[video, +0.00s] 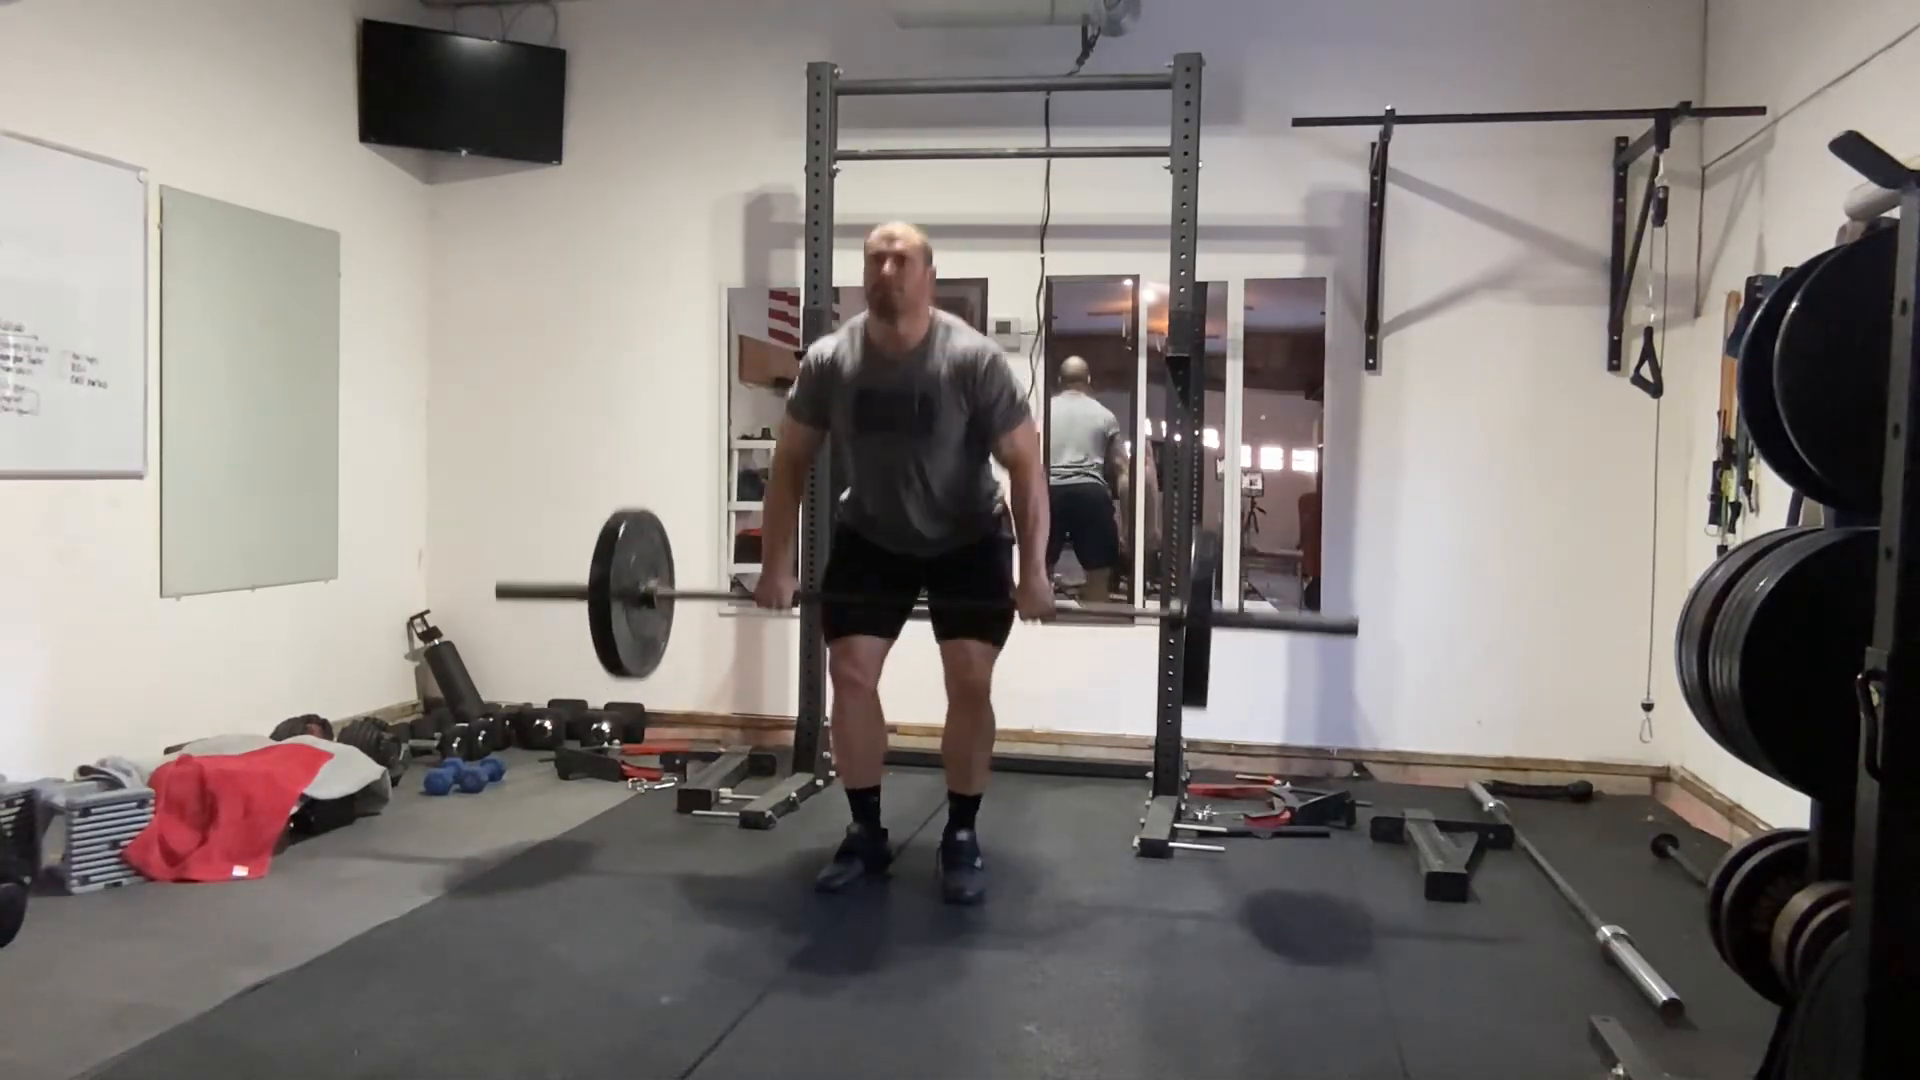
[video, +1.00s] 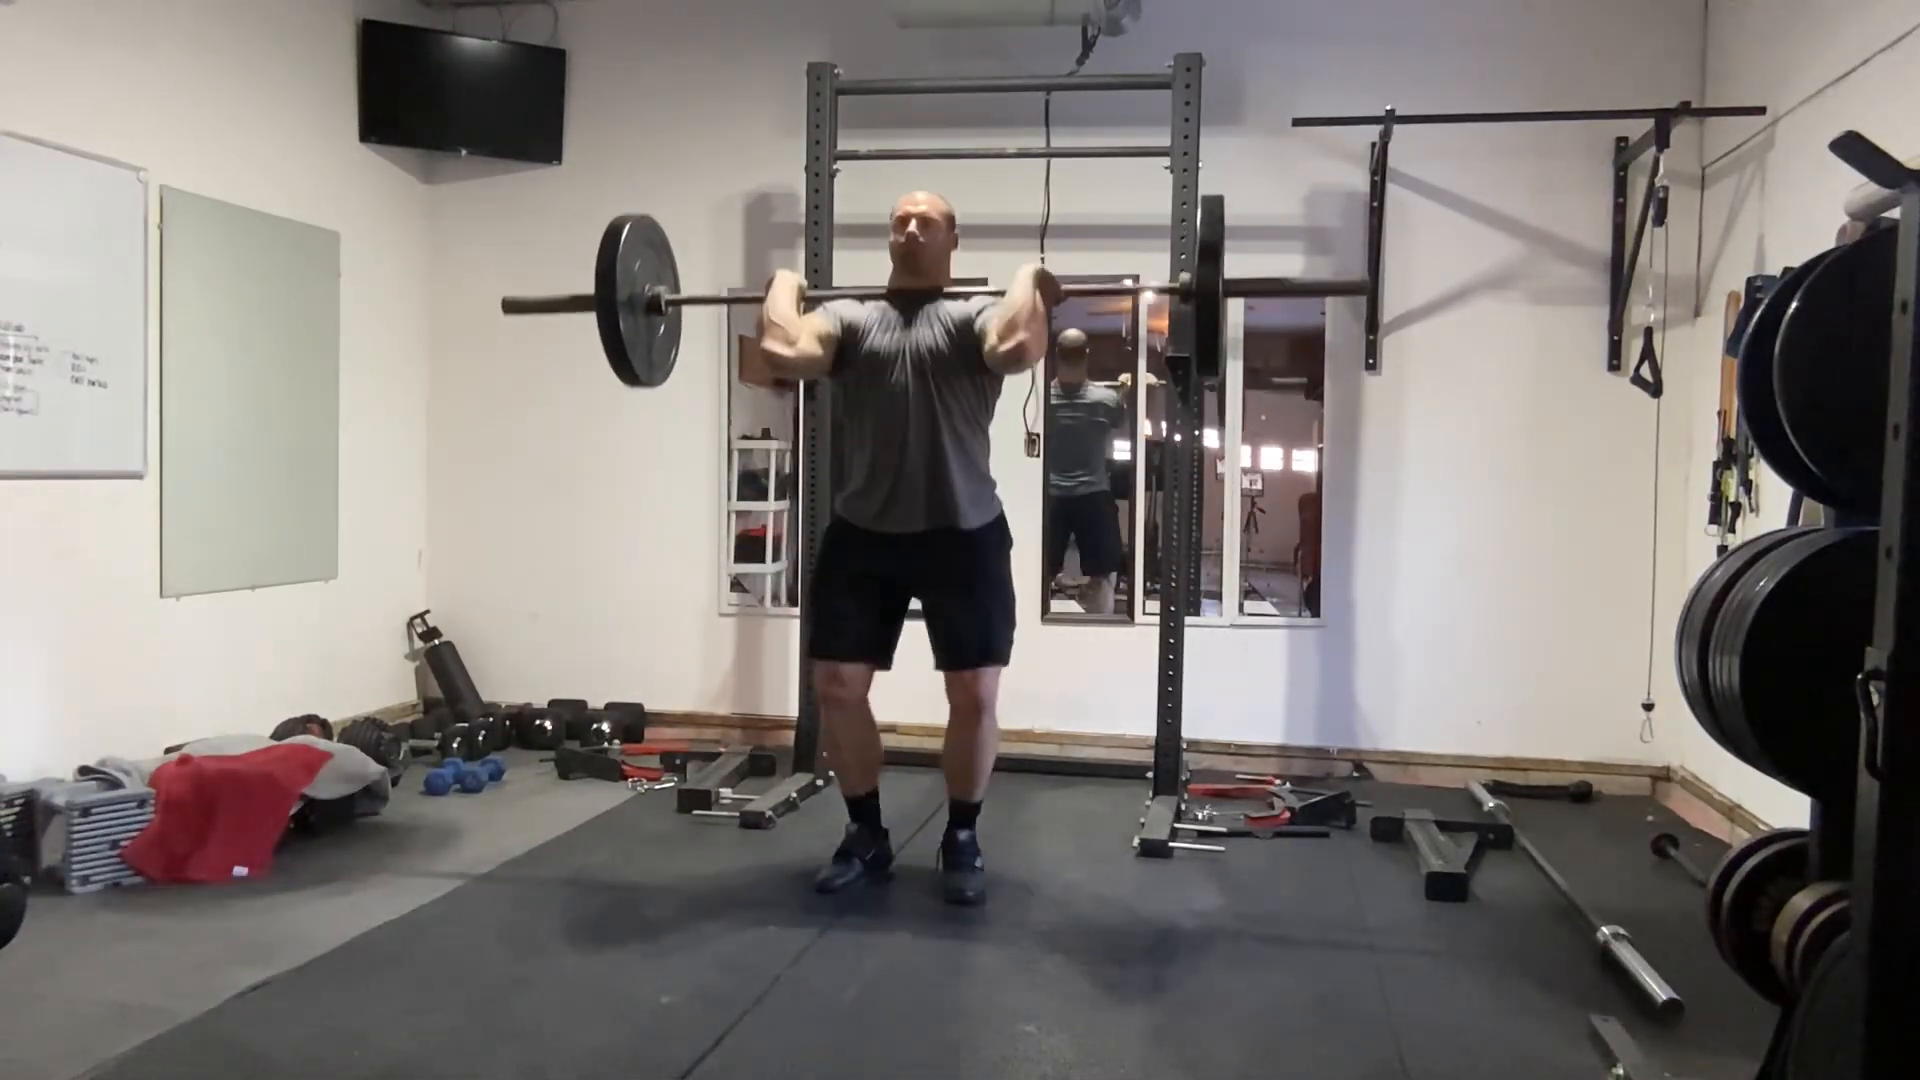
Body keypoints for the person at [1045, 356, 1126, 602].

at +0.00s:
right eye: (1089, 379)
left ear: (1059, 380)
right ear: (1089, 380)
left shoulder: (1042, 410)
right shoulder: (1103, 414)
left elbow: (1031, 455)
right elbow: (1119, 467)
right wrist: (1125, 526)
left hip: (1050, 494)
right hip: (1091, 496)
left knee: (1041, 567)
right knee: (1097, 571)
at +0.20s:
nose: (1068, 347)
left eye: (1063, 341)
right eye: (1072, 340)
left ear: (1053, 341)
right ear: (1083, 341)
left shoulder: (1044, 378)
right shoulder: (1102, 375)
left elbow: (1030, 426)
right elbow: (1129, 421)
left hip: (1050, 483)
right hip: (1090, 481)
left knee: (1044, 569)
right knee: (1091, 568)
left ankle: (1034, 639)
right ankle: (1098, 636)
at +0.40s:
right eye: (1082, 344)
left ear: (1053, 348)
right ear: (1082, 347)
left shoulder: (1041, 384)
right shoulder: (1098, 385)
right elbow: (1120, 429)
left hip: (1047, 490)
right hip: (1087, 487)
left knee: (1044, 573)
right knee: (1089, 572)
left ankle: (1036, 641)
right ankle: (1096, 637)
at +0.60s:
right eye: (1081, 352)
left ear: (1056, 352)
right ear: (1085, 353)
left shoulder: (1038, 394)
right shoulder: (1101, 397)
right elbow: (1117, 428)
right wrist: (1123, 397)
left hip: (1047, 494)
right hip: (1088, 493)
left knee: (1044, 575)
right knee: (1089, 576)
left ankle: (1037, 644)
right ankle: (1096, 642)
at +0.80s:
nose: (1070, 358)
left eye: (1065, 353)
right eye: (1076, 352)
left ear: (1056, 352)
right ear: (1087, 352)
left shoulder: (1043, 394)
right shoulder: (1106, 393)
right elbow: (1126, 400)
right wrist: (1128, 380)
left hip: (1050, 496)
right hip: (1091, 495)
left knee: (1044, 576)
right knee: (1089, 575)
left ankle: (1038, 645)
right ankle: (1097, 641)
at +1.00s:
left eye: (1067, 356)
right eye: (1081, 354)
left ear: (1056, 356)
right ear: (1087, 355)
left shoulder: (1043, 397)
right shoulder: (1105, 398)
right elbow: (1125, 426)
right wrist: (1130, 393)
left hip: (1052, 495)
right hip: (1093, 495)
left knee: (1043, 573)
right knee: (1101, 573)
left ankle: (1036, 642)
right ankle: (1099, 643)